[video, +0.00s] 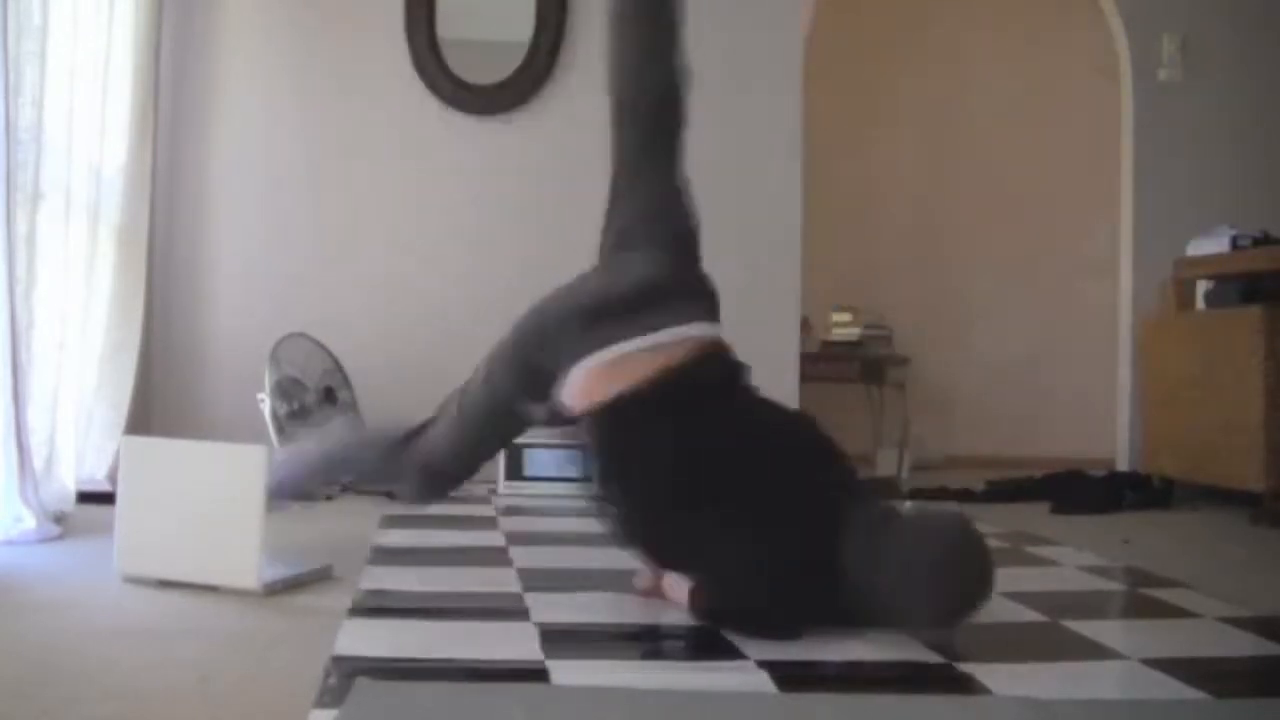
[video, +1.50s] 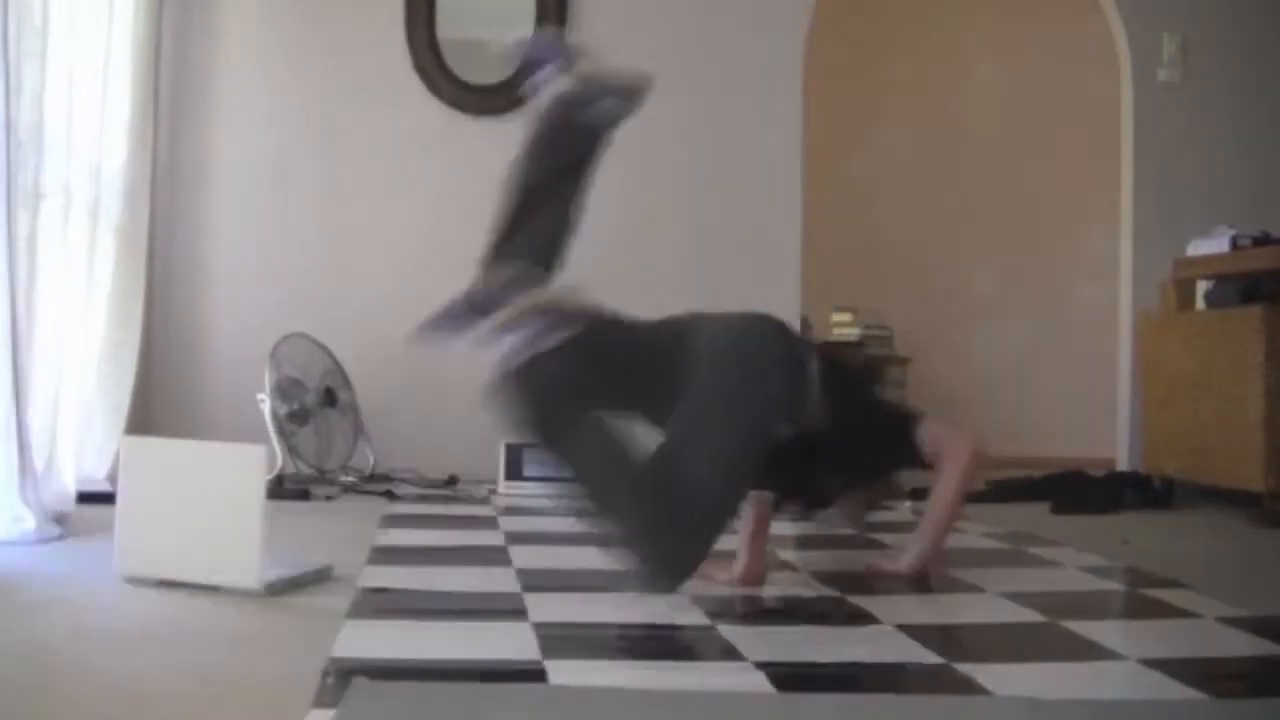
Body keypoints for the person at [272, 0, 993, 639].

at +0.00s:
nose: (941, 634)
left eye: (951, 612)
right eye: (938, 625)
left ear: (917, 532)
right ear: (908, 613)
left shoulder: (831, 471)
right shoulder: (785, 599)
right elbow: (656, 580)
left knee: (648, 119)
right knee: (429, 466)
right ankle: (312, 461)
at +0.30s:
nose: (939, 612)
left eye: (955, 600)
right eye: (946, 600)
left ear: (910, 536)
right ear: (912, 570)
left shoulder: (851, 508)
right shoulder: (810, 538)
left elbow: (682, 458)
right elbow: (672, 600)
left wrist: (650, 565)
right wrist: (822, 601)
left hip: (619, 380)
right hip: (594, 375)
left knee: (481, 452)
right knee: (457, 519)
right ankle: (242, 593)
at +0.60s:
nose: (860, 467)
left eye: (876, 462)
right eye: (875, 451)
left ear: (853, 424)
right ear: (861, 406)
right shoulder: (796, 369)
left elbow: (596, 463)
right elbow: (751, 491)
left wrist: (636, 562)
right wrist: (808, 590)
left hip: (535, 426)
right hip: (527, 389)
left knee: (376, 500)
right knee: (398, 500)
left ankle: (181, 483)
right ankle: (229, 580)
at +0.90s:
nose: (790, 441)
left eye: (803, 436)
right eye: (800, 421)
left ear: (793, 423)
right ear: (783, 385)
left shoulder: (727, 489)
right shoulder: (712, 380)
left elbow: (608, 559)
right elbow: (708, 504)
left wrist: (684, 567)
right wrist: (811, 591)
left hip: (498, 538)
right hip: (499, 450)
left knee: (285, 534)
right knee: (420, 514)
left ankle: (113, 489)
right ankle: (270, 613)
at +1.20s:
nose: (731, 418)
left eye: (747, 416)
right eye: (737, 400)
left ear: (751, 427)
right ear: (718, 382)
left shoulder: (690, 479)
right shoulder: (658, 401)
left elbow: (621, 556)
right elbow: (688, 516)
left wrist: (684, 580)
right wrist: (805, 591)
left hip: (486, 532)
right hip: (469, 450)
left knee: (390, 575)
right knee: (314, 488)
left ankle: (249, 553)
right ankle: (114, 538)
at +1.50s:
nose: (836, 507)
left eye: (836, 504)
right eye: (857, 502)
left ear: (833, 483)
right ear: (870, 477)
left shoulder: (784, 461)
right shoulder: (880, 429)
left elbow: (759, 504)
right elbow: (960, 452)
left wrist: (748, 579)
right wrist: (913, 565)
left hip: (705, 356)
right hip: (766, 368)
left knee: (502, 301)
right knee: (666, 556)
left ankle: (570, 112)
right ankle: (545, 359)